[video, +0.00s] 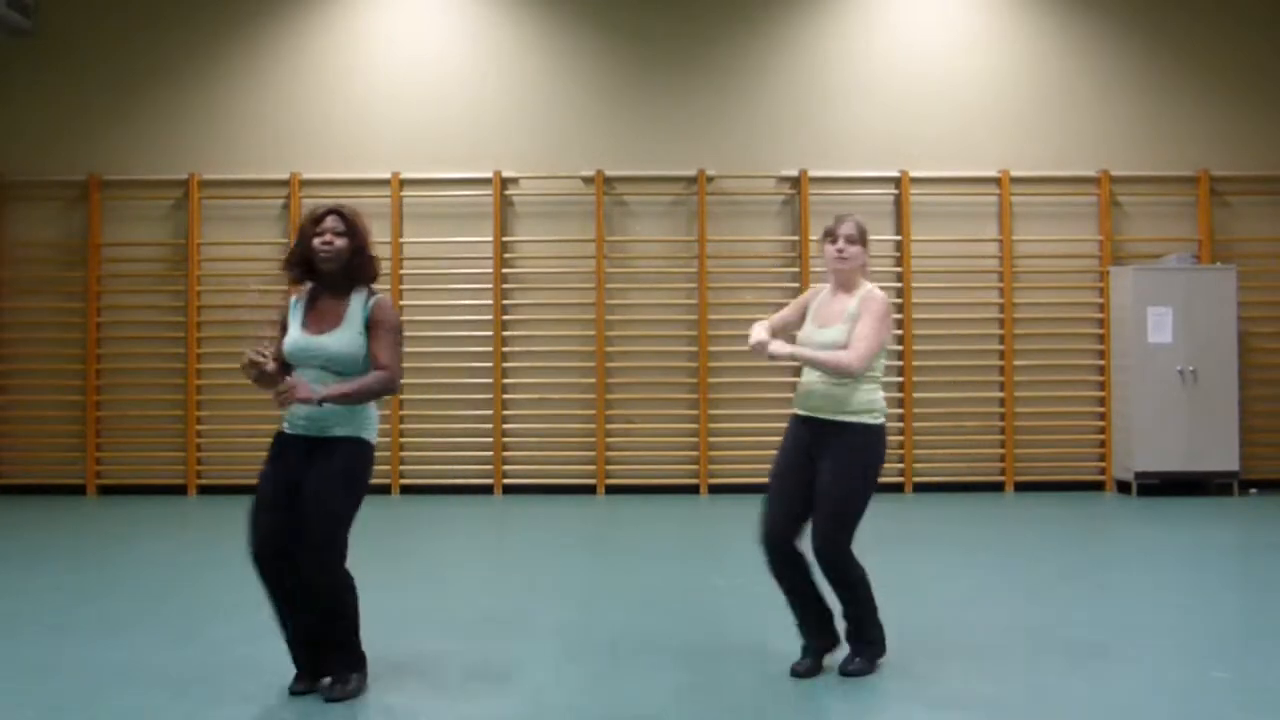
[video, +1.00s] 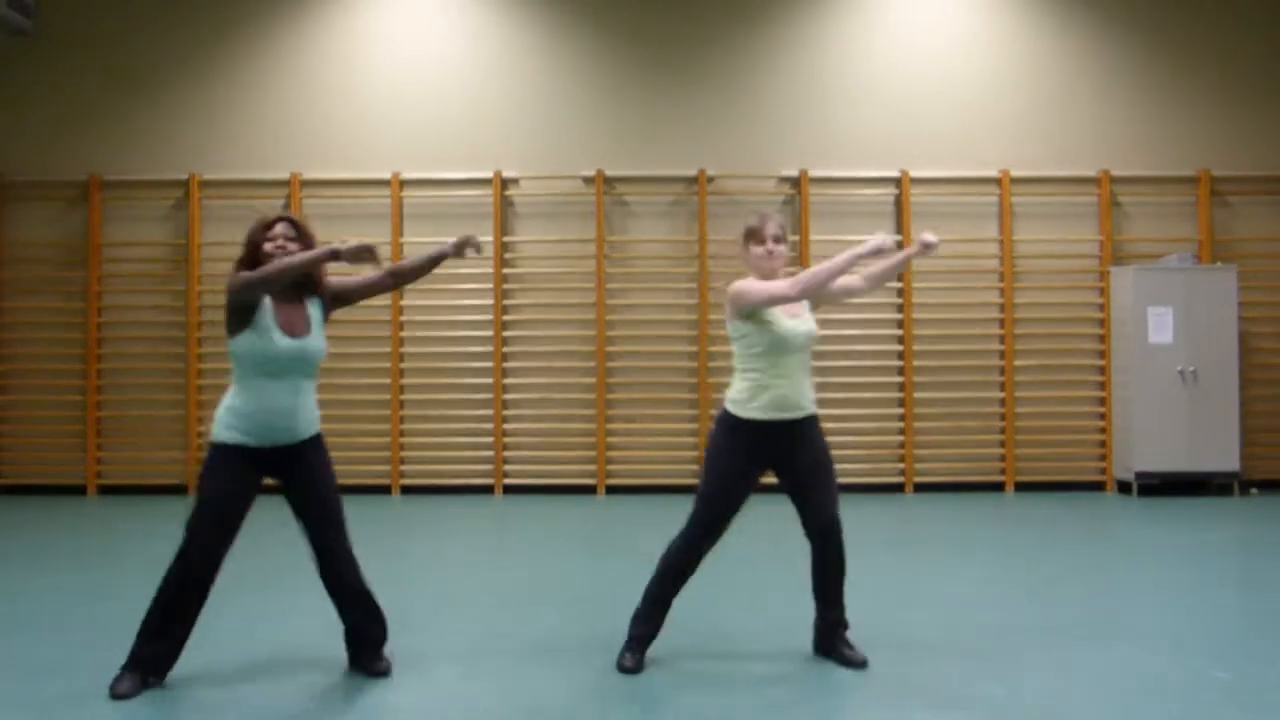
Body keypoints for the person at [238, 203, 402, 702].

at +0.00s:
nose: (328, 241)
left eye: (339, 235)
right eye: (320, 234)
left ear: (356, 246)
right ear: (307, 245)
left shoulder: (376, 306)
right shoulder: (295, 303)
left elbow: (388, 376)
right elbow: (281, 372)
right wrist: (266, 371)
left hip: (345, 443)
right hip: (293, 440)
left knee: (320, 551)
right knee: (268, 547)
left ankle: (348, 665)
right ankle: (310, 663)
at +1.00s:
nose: (279, 245)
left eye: (290, 240)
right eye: (270, 239)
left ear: (308, 253)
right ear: (255, 253)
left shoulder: (320, 297)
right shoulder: (242, 294)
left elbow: (388, 279)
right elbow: (269, 277)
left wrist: (446, 251)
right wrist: (339, 251)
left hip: (302, 444)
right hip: (238, 445)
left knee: (335, 552)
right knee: (198, 555)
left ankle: (367, 650)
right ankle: (144, 665)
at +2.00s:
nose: (387, 293)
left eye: (395, 283)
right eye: (378, 286)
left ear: (412, 283)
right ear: (366, 291)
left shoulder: (445, 325)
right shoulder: (365, 345)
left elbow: (474, 378)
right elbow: (364, 405)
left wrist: (420, 399)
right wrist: (376, 395)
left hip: (470, 445)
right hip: (417, 458)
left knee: (485, 548)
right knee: (435, 564)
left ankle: (499, 646)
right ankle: (465, 615)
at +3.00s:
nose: (217, 254)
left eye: (229, 251)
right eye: (212, 247)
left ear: (243, 267)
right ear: (200, 256)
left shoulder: (243, 313)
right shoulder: (187, 294)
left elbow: (192, 287)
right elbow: (147, 250)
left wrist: (154, 230)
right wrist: (97, 219)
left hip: (225, 447)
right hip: (172, 443)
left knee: (211, 546)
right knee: (137, 543)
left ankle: (287, 640)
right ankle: (111, 648)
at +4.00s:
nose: (342, 244)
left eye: (351, 237)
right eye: (334, 238)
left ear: (367, 248)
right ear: (320, 249)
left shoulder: (381, 298)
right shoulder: (308, 299)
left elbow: (413, 345)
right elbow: (302, 363)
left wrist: (417, 329)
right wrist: (349, 328)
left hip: (361, 429)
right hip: (307, 428)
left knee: (402, 512)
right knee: (305, 533)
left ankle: (378, 611)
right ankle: (299, 646)